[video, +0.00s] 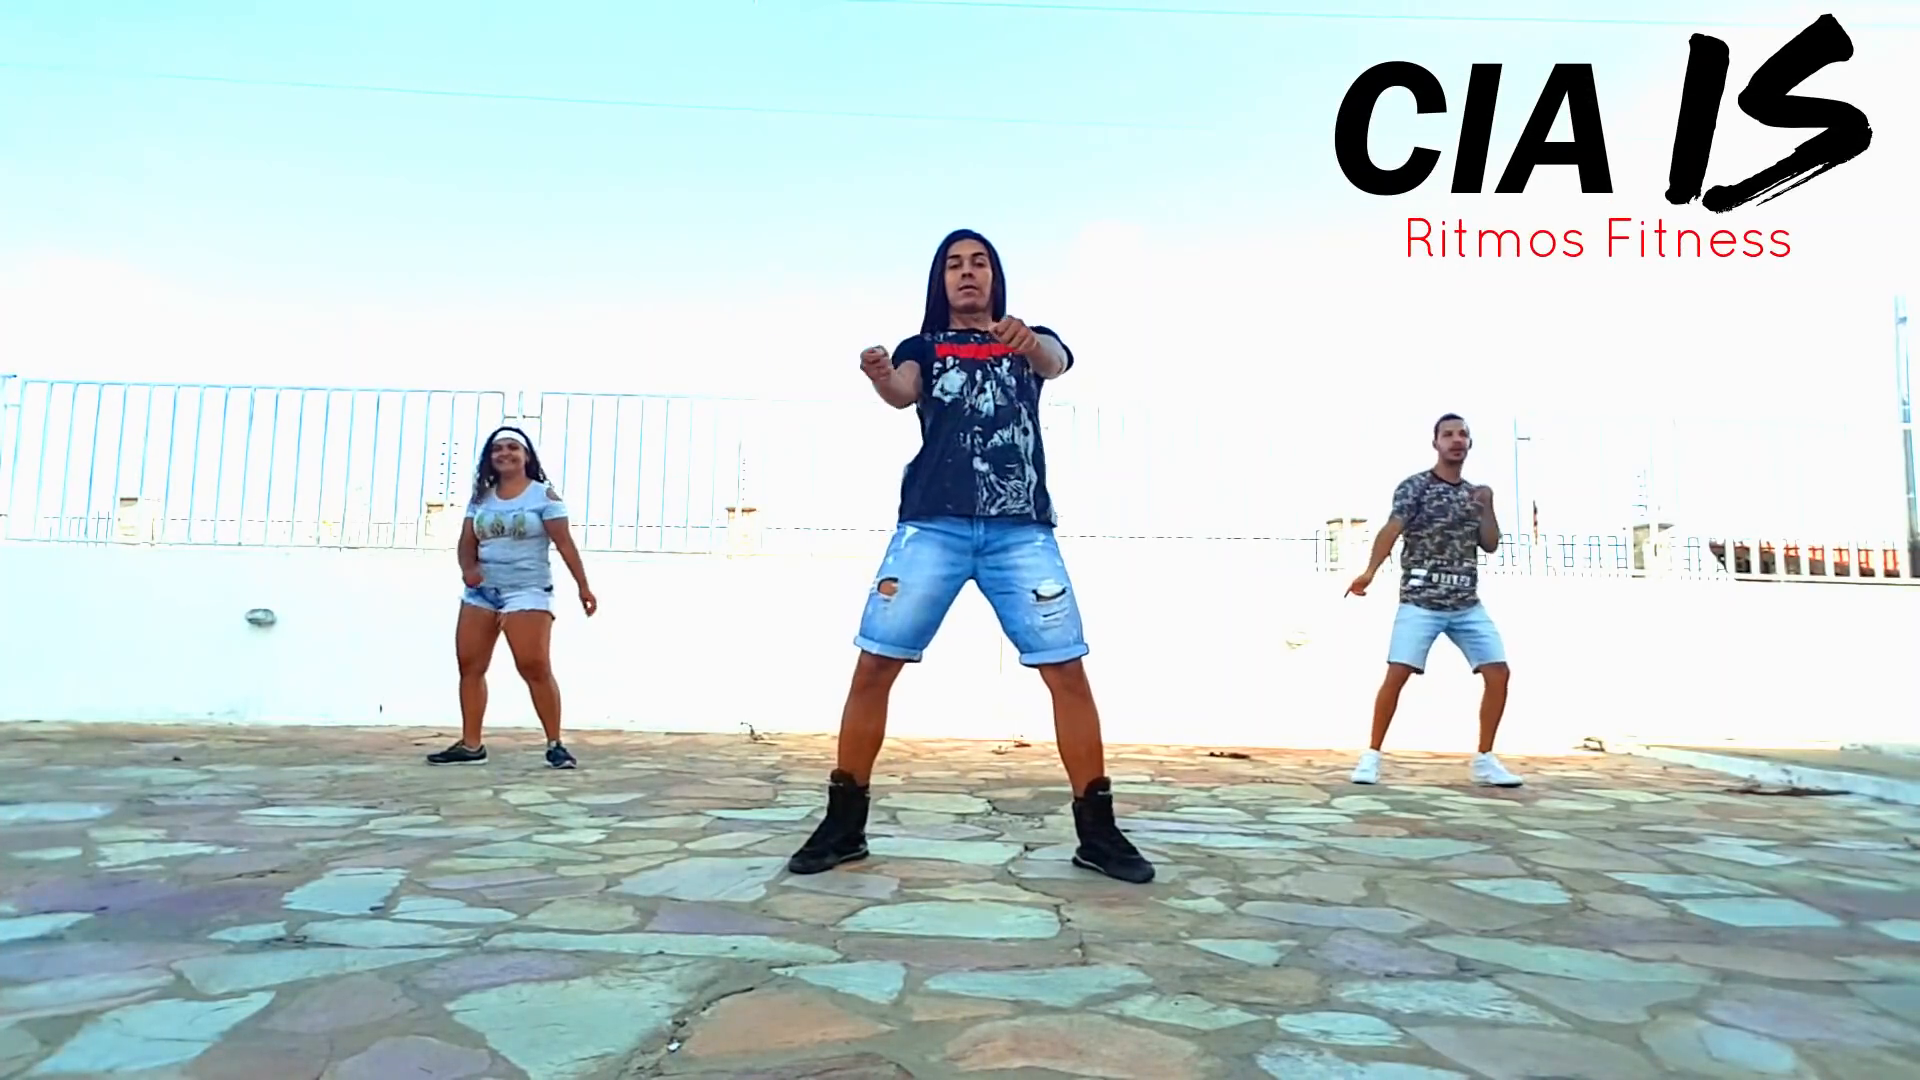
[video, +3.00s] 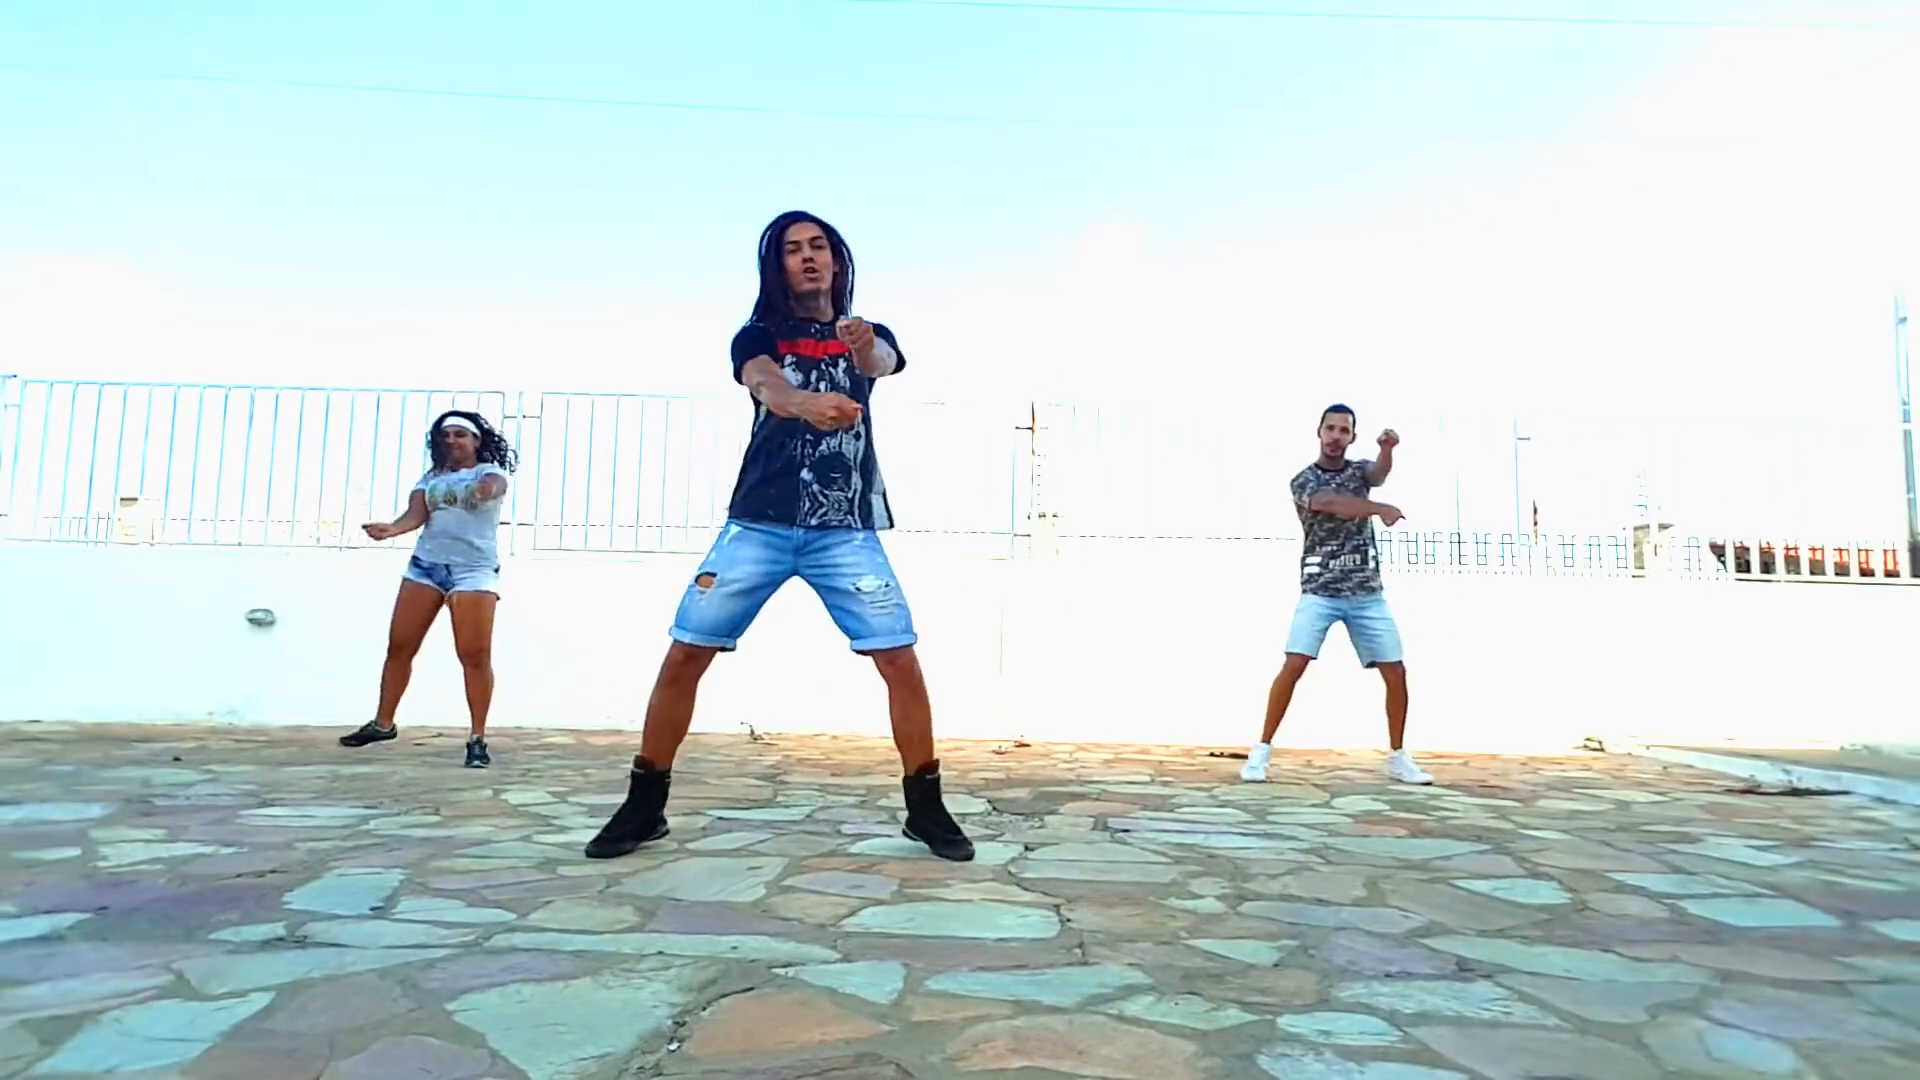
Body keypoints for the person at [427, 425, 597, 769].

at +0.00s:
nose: (505, 452)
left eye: (513, 447)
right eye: (498, 448)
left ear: (526, 456)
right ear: (490, 459)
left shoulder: (543, 494)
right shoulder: (481, 497)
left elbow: (564, 543)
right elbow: (467, 541)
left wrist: (583, 585)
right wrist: (468, 567)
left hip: (528, 590)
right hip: (481, 589)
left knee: (534, 668)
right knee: (470, 664)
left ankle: (555, 744)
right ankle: (471, 744)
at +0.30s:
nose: (512, 451)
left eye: (519, 446)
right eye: (505, 446)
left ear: (531, 455)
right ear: (494, 455)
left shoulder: (545, 493)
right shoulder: (479, 494)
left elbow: (553, 538)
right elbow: (462, 541)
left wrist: (535, 557)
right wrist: (436, 586)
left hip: (532, 590)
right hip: (481, 589)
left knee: (545, 668)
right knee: (472, 667)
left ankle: (558, 743)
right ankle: (471, 744)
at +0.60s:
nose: (521, 454)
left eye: (528, 449)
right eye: (514, 449)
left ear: (541, 458)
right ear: (504, 457)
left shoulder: (550, 493)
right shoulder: (488, 495)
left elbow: (559, 517)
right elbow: (476, 529)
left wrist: (552, 529)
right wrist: (469, 548)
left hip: (537, 585)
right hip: (490, 584)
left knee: (546, 666)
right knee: (475, 666)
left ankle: (558, 744)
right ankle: (471, 743)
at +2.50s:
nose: (512, 445)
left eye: (519, 439)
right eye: (504, 439)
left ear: (530, 446)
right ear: (493, 447)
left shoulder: (541, 476)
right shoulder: (482, 486)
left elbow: (550, 496)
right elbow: (459, 528)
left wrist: (558, 502)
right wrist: (420, 541)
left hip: (533, 576)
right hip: (484, 575)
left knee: (546, 654)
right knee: (446, 645)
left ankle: (558, 734)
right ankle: (447, 723)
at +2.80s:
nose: (489, 446)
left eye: (497, 440)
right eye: (483, 439)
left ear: (508, 448)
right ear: (472, 445)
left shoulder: (512, 483)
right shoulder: (449, 481)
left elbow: (520, 499)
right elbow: (433, 510)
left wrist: (517, 506)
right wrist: (426, 526)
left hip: (501, 570)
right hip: (453, 569)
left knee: (523, 648)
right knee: (434, 655)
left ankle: (544, 724)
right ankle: (438, 730)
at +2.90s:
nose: (468, 435)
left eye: (476, 430)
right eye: (462, 430)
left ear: (491, 436)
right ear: (454, 438)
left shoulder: (505, 467)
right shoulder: (442, 472)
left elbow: (507, 482)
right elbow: (422, 505)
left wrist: (502, 488)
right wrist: (390, 522)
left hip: (487, 565)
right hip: (437, 564)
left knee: (497, 643)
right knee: (419, 646)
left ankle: (507, 725)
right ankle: (419, 723)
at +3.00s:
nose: (453, 439)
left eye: (461, 434)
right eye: (446, 434)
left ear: (477, 441)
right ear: (439, 443)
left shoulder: (491, 472)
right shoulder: (428, 481)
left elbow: (493, 485)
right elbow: (414, 516)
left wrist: (483, 490)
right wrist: (389, 530)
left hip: (474, 570)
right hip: (425, 567)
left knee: (475, 656)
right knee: (399, 648)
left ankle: (477, 738)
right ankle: (383, 724)